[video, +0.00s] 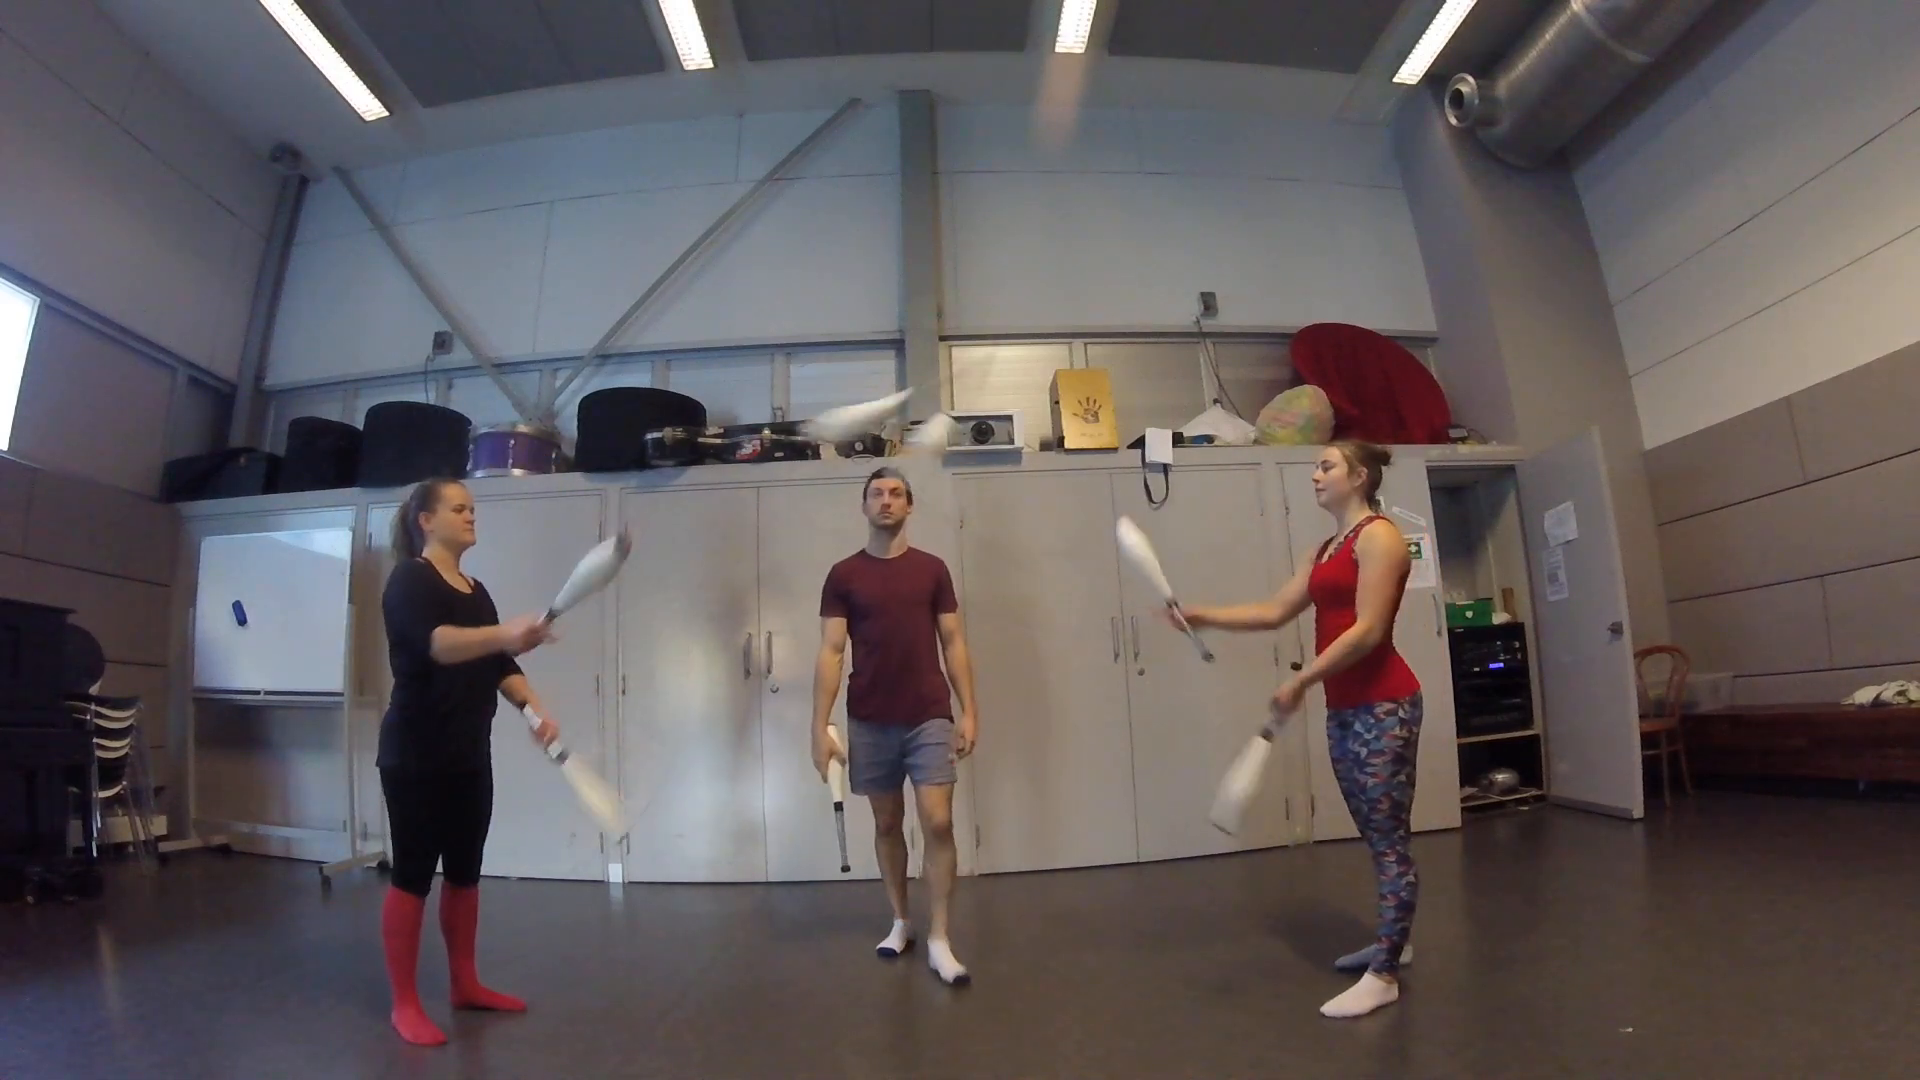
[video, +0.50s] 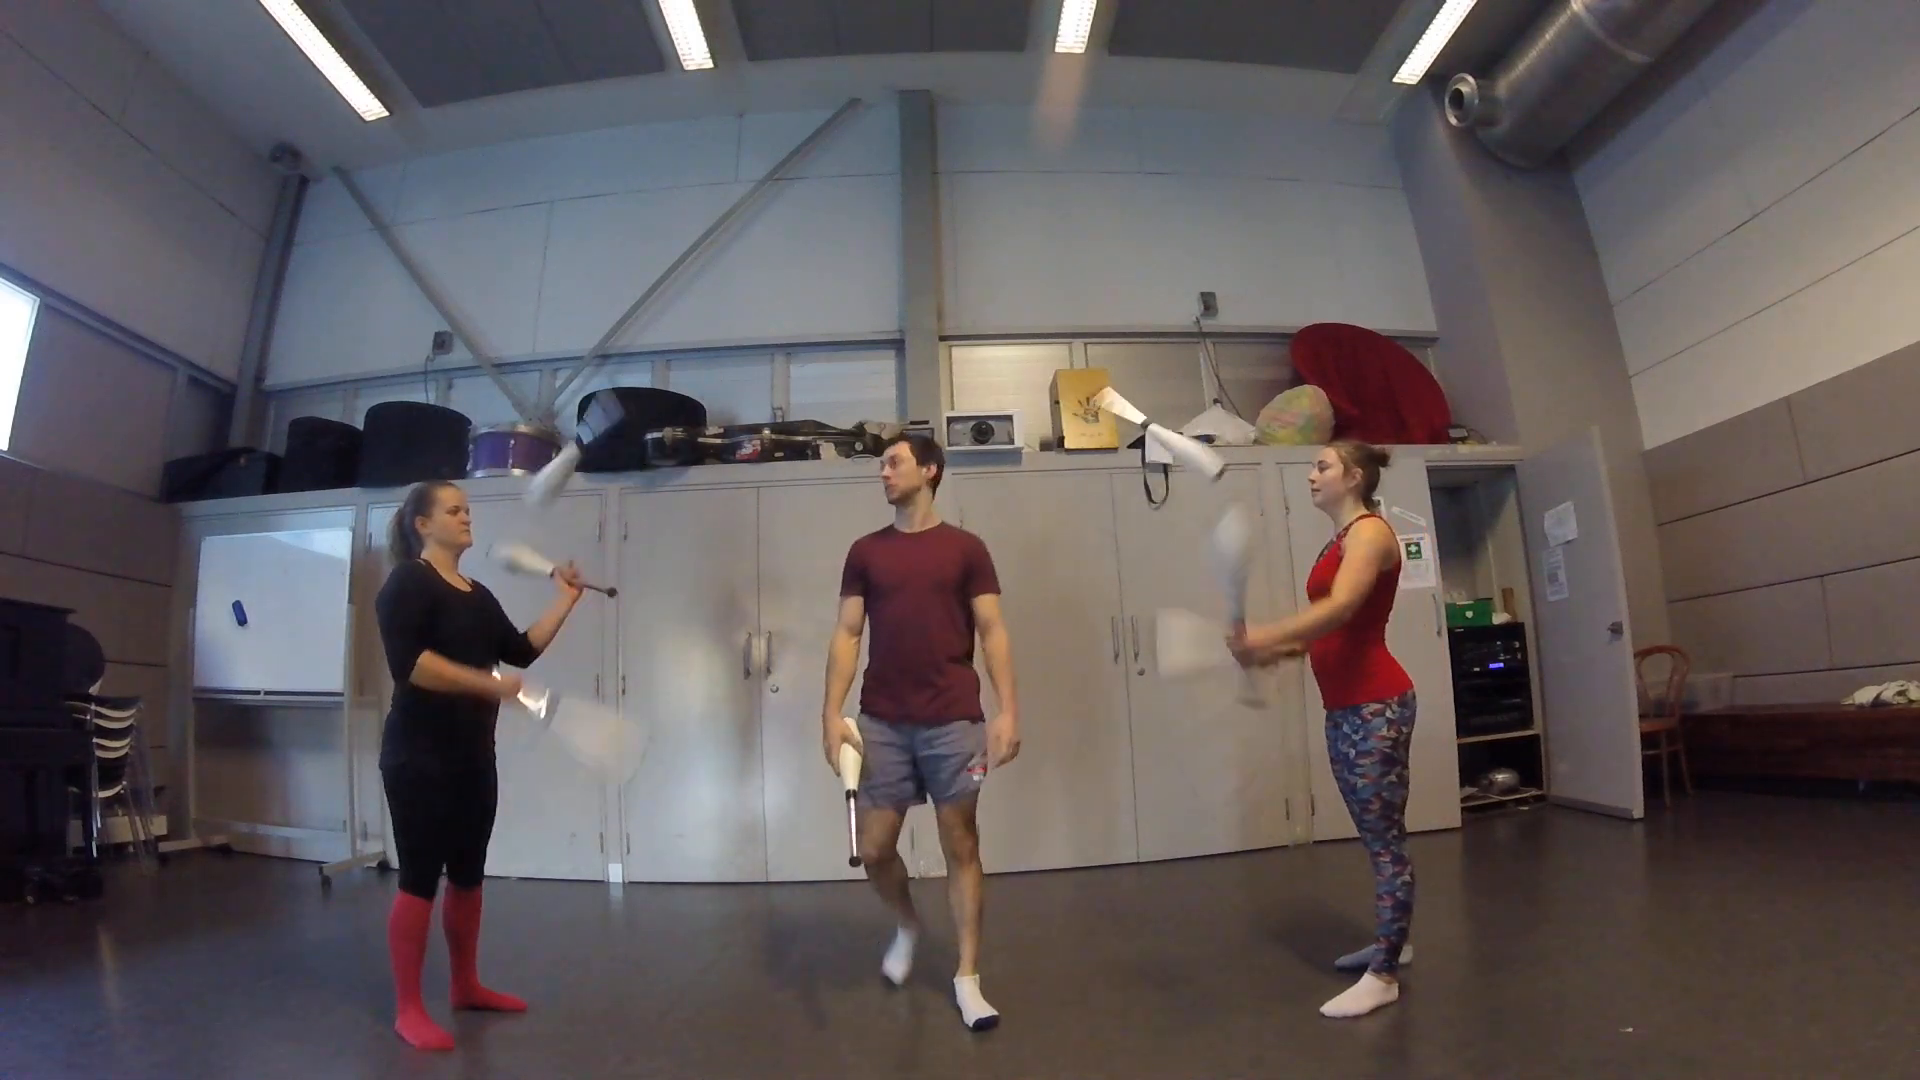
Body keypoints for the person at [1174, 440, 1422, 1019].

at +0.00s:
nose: (1315, 477)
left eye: (1327, 467)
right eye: (1316, 468)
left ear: (1361, 478)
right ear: (1335, 479)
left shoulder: (1380, 536)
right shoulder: (1327, 549)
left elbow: (1371, 629)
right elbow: (1274, 613)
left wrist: (1302, 678)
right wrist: (1199, 616)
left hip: (1383, 706)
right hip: (1347, 708)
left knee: (1388, 838)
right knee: (1377, 834)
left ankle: (1384, 976)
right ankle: (1394, 942)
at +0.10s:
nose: (1315, 476)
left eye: (1327, 467)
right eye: (1316, 467)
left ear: (1361, 476)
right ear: (1345, 479)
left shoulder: (1377, 536)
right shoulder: (1338, 543)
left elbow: (1355, 629)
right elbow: (1299, 624)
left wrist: (1274, 663)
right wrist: (1233, 653)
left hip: (1381, 708)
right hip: (1349, 708)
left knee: (1387, 839)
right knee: (1377, 835)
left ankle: (1384, 975)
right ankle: (1394, 943)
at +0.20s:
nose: (1314, 476)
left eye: (1325, 466)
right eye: (1315, 467)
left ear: (1360, 476)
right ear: (1349, 479)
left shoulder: (1374, 534)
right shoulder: (1341, 542)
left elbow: (1336, 616)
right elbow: (1308, 625)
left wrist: (1250, 613)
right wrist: (1267, 682)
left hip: (1379, 708)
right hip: (1349, 709)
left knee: (1386, 838)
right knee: (1376, 833)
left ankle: (1385, 974)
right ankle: (1392, 943)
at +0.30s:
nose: (1313, 474)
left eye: (1324, 465)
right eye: (1314, 465)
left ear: (1358, 476)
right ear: (1340, 479)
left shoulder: (1372, 533)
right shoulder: (1337, 543)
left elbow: (1324, 601)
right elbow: (1312, 625)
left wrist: (1245, 565)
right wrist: (1286, 686)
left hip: (1377, 706)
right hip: (1348, 708)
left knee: (1384, 837)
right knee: (1376, 834)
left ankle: (1384, 975)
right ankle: (1392, 943)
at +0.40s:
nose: (1312, 476)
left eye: (1323, 467)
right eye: (1313, 467)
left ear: (1357, 477)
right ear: (1349, 480)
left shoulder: (1372, 532)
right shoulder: (1342, 540)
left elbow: (1323, 594)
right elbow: (1325, 620)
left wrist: (1244, 585)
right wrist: (1294, 675)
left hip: (1375, 706)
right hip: (1350, 707)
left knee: (1384, 838)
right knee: (1378, 834)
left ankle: (1385, 975)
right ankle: (1392, 944)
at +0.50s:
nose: (1312, 476)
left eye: (1323, 467)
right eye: (1313, 467)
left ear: (1355, 477)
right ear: (1339, 479)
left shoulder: (1369, 534)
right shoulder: (1342, 540)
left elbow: (1343, 607)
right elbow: (1333, 631)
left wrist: (1265, 635)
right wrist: (1273, 650)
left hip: (1374, 707)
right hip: (1351, 707)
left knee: (1383, 838)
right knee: (1377, 834)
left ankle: (1383, 975)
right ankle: (1392, 944)